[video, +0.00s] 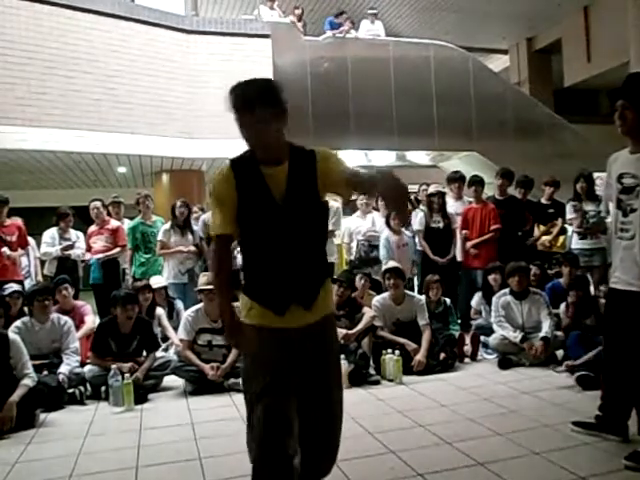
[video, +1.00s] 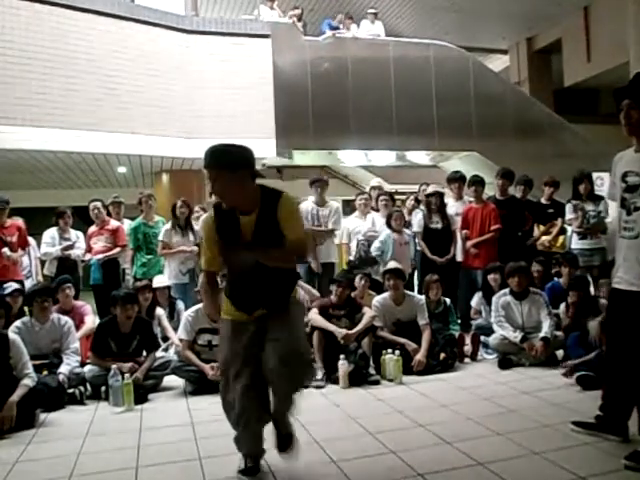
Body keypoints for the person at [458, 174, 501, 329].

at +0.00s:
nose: (473, 190)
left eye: (476, 187)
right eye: (471, 187)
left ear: (482, 189)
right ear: (468, 189)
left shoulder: (490, 208)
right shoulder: (467, 210)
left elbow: (495, 230)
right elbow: (463, 230)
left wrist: (472, 242)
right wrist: (467, 245)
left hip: (485, 258)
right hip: (470, 257)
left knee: (484, 292)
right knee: (468, 292)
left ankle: (486, 320)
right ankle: (467, 322)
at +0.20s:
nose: (473, 191)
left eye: (476, 187)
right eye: (471, 187)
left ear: (482, 189)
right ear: (468, 190)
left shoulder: (490, 208)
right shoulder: (467, 210)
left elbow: (495, 230)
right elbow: (462, 230)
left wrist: (473, 242)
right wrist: (467, 245)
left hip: (485, 258)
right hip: (469, 258)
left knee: (484, 292)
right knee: (468, 292)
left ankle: (485, 320)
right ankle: (466, 322)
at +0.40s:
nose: (474, 190)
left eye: (477, 187)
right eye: (472, 187)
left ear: (482, 189)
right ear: (468, 189)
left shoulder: (490, 208)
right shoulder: (467, 210)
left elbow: (495, 230)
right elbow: (462, 229)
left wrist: (473, 242)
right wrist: (465, 234)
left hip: (484, 258)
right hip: (469, 257)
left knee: (483, 292)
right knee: (467, 292)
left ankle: (484, 320)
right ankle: (466, 322)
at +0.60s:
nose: (474, 190)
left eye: (476, 187)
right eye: (471, 187)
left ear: (482, 189)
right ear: (468, 189)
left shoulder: (490, 208)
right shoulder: (467, 210)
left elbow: (495, 230)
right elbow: (462, 229)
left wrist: (473, 242)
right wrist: (464, 234)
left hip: (485, 258)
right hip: (469, 258)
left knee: (483, 293)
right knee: (467, 293)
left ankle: (485, 320)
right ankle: (466, 322)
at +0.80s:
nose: (473, 190)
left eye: (476, 187)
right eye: (471, 187)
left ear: (482, 189)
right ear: (468, 189)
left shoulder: (490, 208)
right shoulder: (467, 210)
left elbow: (495, 230)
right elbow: (463, 229)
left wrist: (473, 242)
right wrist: (464, 234)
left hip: (485, 259)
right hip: (469, 259)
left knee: (485, 294)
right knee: (466, 295)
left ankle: (486, 323)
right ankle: (465, 325)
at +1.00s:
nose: (474, 190)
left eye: (477, 187)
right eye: (471, 187)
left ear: (482, 189)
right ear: (468, 189)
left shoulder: (490, 208)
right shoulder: (468, 210)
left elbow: (495, 231)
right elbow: (463, 229)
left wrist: (473, 242)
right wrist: (464, 233)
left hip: (485, 259)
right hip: (469, 259)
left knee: (485, 295)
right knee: (466, 295)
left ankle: (486, 323)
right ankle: (466, 325)